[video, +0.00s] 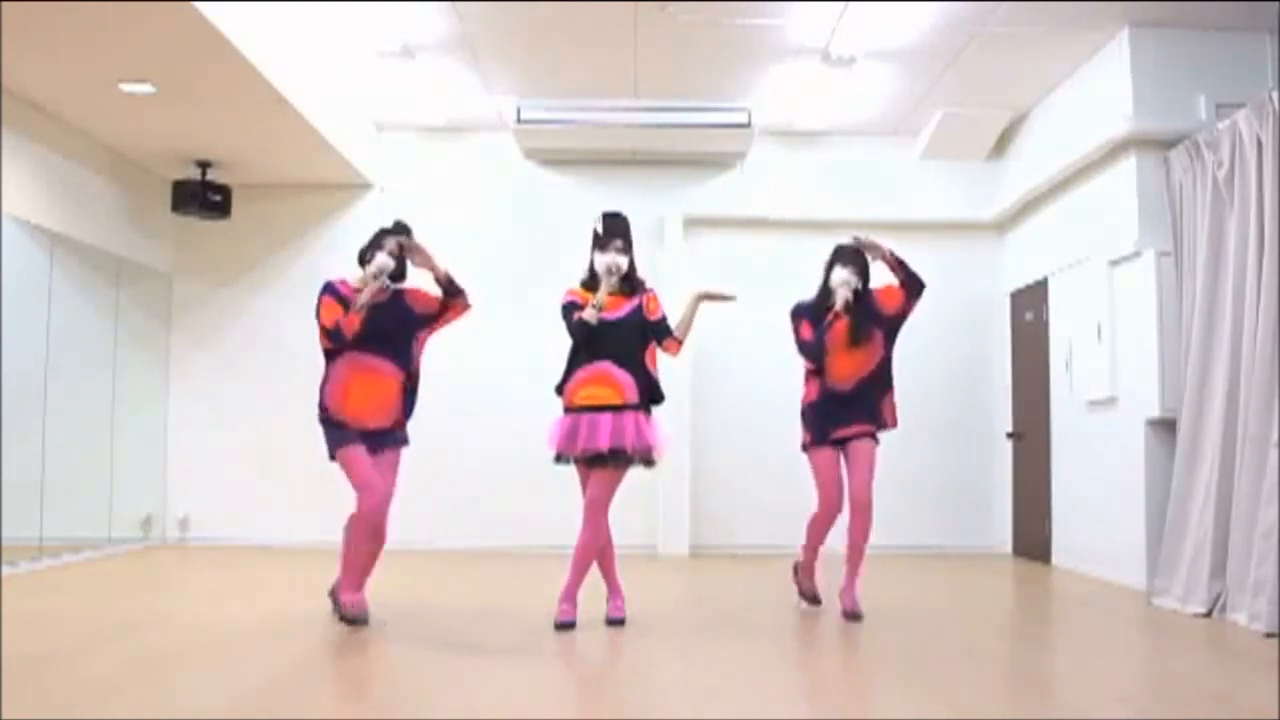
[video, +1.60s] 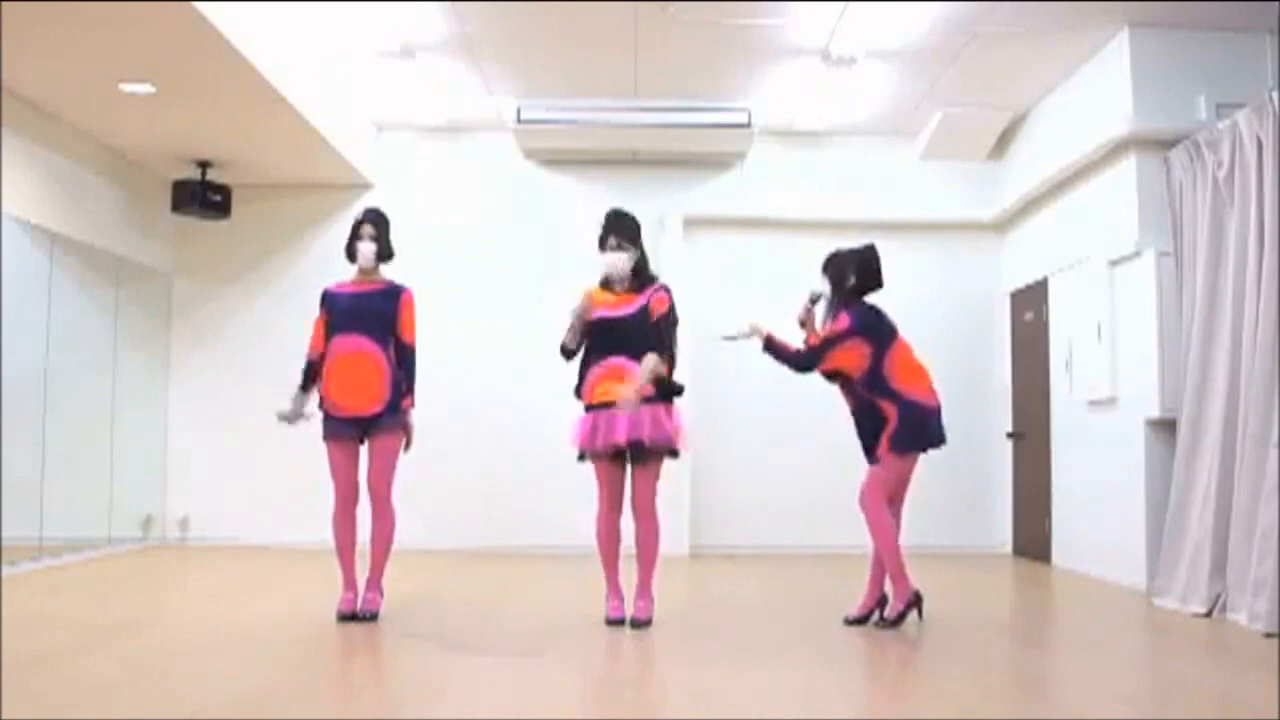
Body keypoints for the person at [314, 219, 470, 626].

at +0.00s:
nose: (389, 263)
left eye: (398, 257)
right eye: (383, 253)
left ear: (403, 267)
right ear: (366, 256)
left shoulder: (412, 307)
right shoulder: (339, 293)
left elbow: (459, 304)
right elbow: (334, 339)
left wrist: (430, 264)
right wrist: (364, 299)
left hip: (390, 423)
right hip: (343, 418)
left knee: (378, 511)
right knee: (373, 494)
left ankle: (355, 590)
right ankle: (347, 587)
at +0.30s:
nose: (373, 251)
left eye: (382, 246)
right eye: (367, 243)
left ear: (392, 252)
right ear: (356, 245)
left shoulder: (402, 299)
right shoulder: (338, 292)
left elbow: (433, 339)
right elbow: (317, 329)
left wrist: (414, 301)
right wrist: (341, 285)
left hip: (386, 410)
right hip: (338, 406)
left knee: (373, 505)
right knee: (335, 503)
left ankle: (375, 589)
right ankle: (328, 588)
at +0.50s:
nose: (374, 244)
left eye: (382, 238)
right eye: (368, 237)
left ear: (391, 247)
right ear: (356, 244)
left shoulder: (405, 293)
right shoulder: (333, 290)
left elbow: (444, 328)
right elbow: (289, 317)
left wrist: (419, 356)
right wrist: (307, 333)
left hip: (388, 408)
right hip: (340, 408)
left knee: (379, 498)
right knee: (344, 500)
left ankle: (376, 586)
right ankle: (349, 587)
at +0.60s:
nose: (372, 242)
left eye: (380, 237)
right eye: (367, 236)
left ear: (391, 246)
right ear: (355, 243)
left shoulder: (404, 293)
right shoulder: (332, 291)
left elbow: (432, 338)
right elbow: (303, 332)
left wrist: (431, 385)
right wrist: (292, 372)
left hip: (388, 407)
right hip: (340, 406)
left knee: (380, 493)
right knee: (344, 495)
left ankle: (375, 587)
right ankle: (347, 586)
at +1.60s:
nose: (365, 245)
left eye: (373, 239)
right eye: (360, 238)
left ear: (385, 247)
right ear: (350, 245)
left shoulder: (398, 296)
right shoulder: (332, 296)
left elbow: (406, 356)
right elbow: (317, 351)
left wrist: (407, 409)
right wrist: (301, 395)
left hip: (386, 409)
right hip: (339, 409)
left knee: (380, 493)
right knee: (345, 496)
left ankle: (374, 587)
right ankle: (348, 588)